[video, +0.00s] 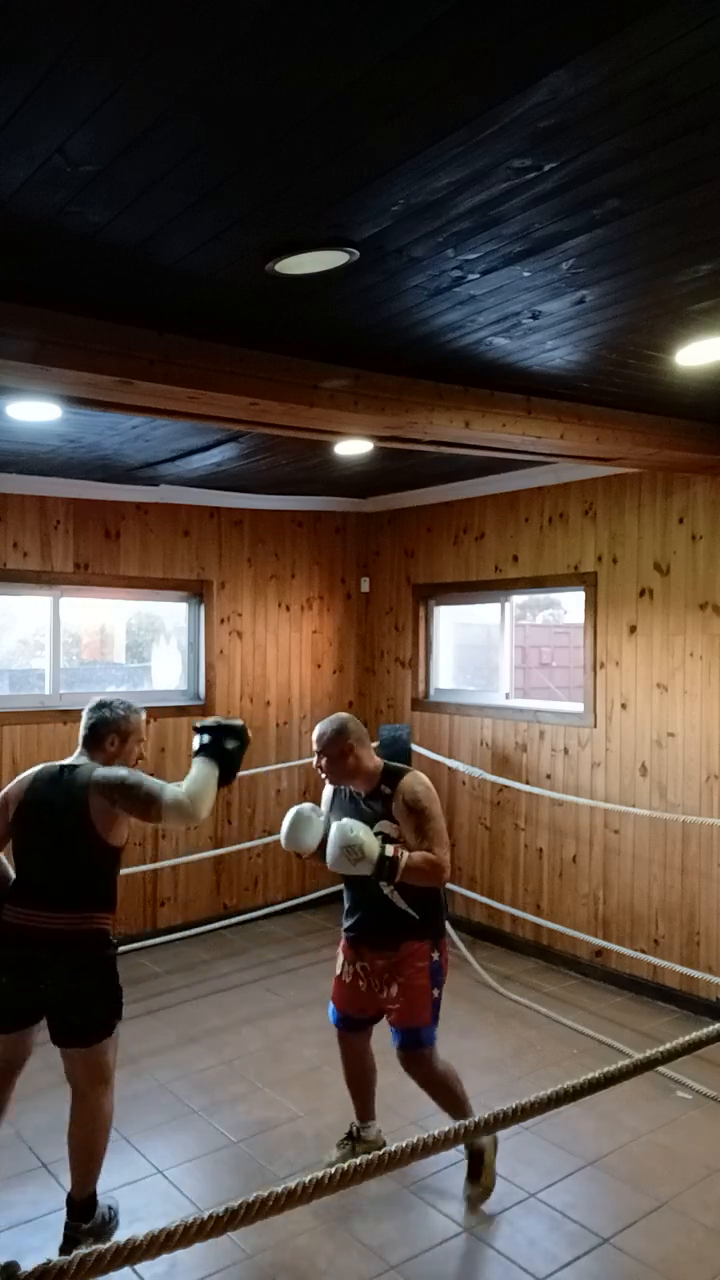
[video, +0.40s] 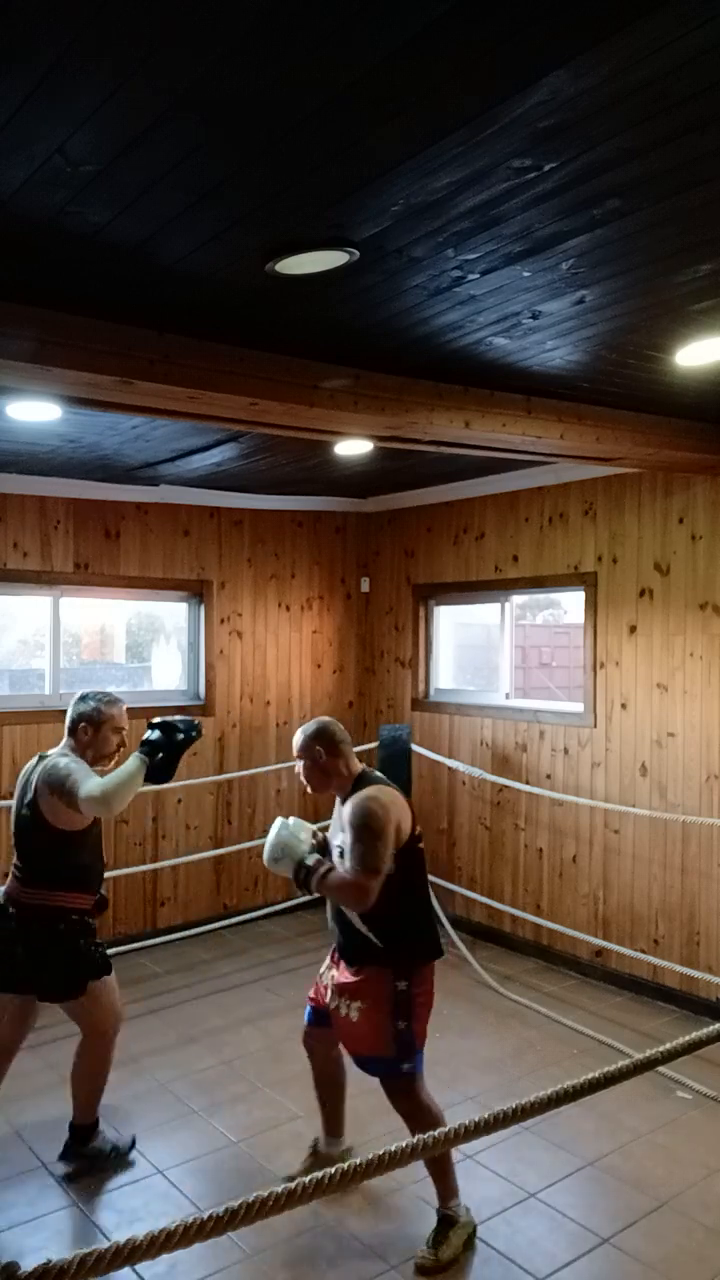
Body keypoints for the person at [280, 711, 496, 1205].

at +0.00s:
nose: (320, 768)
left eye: (325, 758)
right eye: (317, 759)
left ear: (354, 749)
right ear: (336, 755)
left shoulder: (412, 788)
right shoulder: (336, 791)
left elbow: (439, 868)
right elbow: (338, 856)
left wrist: (378, 853)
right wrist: (310, 839)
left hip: (415, 940)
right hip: (361, 935)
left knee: (415, 1055)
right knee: (349, 1030)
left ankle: (478, 1137)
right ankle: (366, 1132)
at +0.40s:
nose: (299, 774)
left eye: (303, 763)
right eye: (298, 764)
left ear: (327, 758)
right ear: (335, 753)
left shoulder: (372, 805)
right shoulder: (349, 798)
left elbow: (360, 891)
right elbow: (351, 859)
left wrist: (308, 871)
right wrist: (319, 848)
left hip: (396, 964)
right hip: (351, 955)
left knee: (403, 1087)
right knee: (318, 1038)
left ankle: (453, 1212)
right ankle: (332, 1147)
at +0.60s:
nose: (289, 771)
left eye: (293, 761)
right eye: (288, 762)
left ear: (314, 759)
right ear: (334, 753)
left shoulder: (332, 806)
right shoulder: (363, 791)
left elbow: (275, 880)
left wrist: (255, 842)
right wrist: (288, 829)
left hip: (357, 974)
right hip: (339, 962)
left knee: (353, 1109)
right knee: (299, 1038)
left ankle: (423, 1237)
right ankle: (315, 1158)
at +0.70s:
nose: (278, 775)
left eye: (282, 764)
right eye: (279, 765)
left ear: (300, 764)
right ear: (327, 758)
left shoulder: (313, 812)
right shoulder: (355, 800)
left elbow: (244, 861)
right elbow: (284, 845)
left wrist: (231, 813)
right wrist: (262, 810)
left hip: (346, 984)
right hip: (326, 970)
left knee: (368, 1120)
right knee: (276, 1033)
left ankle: (434, 1251)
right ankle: (295, 1148)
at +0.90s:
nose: (248, 771)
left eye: (254, 762)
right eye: (249, 763)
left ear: (282, 760)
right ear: (285, 758)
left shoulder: (311, 799)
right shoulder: (283, 797)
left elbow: (266, 877)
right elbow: (208, 772)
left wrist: (242, 828)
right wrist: (159, 732)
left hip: (335, 972)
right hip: (305, 966)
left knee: (315, 1112)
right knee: (289, 1060)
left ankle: (349, 1252)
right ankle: (303, 1154)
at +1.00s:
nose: (239, 778)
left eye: (241, 768)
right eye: (239, 769)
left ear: (259, 764)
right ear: (276, 757)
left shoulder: (303, 801)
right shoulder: (278, 799)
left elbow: (267, 880)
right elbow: (197, 771)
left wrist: (236, 842)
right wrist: (146, 735)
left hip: (326, 977)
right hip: (298, 969)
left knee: (300, 1118)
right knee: (288, 1073)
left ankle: (320, 1260)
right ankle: (299, 1158)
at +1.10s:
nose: (230, 778)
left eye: (231, 768)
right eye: (229, 769)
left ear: (246, 764)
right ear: (270, 756)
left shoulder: (290, 807)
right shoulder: (292, 798)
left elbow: (256, 891)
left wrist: (225, 861)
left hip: (309, 984)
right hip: (301, 977)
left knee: (292, 1123)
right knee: (292, 1088)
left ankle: (321, 1263)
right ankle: (294, 1164)